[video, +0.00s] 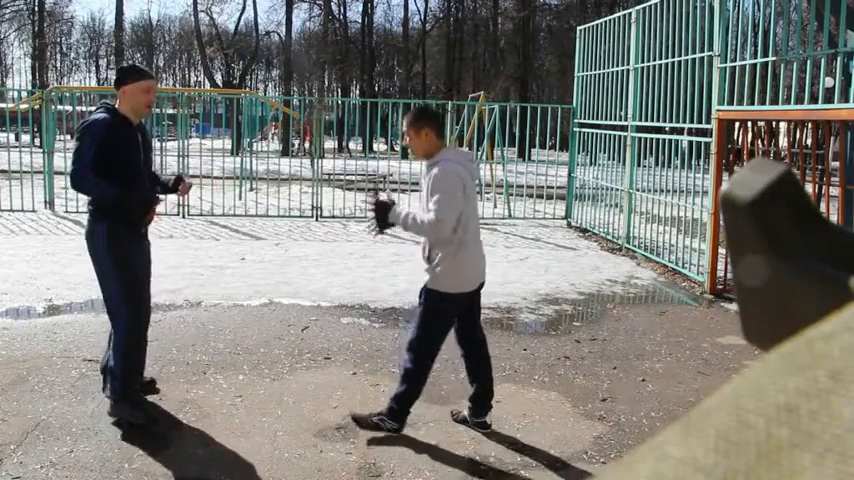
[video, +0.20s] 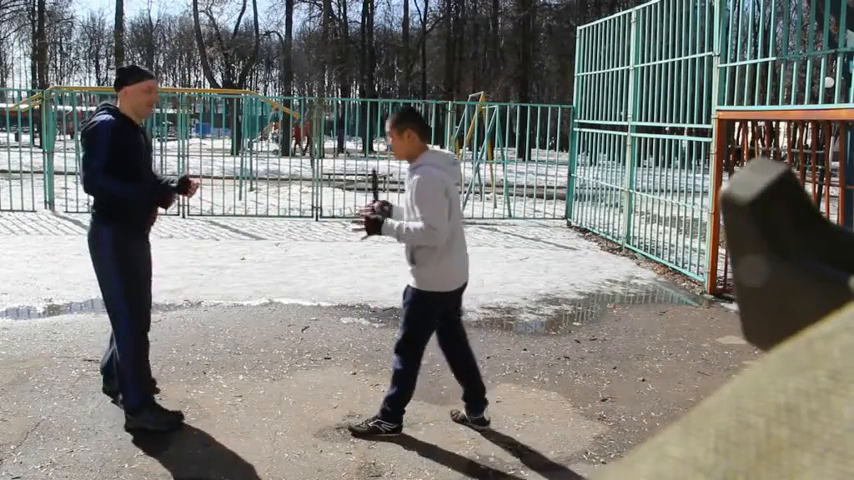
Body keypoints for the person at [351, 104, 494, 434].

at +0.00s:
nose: (406, 143)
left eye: (409, 135)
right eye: (405, 136)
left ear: (427, 134)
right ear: (431, 135)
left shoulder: (444, 173)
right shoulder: (454, 164)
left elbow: (440, 227)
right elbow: (434, 216)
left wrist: (396, 216)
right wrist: (398, 215)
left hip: (448, 279)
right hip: (469, 275)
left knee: (420, 352)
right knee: (473, 344)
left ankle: (393, 417)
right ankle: (479, 412)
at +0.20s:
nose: (389, 145)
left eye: (392, 138)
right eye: (388, 138)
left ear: (410, 136)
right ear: (412, 136)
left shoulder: (425, 176)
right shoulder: (436, 165)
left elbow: (434, 233)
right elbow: (425, 214)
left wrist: (384, 227)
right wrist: (390, 210)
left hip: (431, 281)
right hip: (451, 277)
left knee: (406, 351)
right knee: (454, 342)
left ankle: (390, 419)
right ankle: (476, 408)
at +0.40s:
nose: (373, 145)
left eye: (376, 137)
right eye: (372, 138)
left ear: (395, 135)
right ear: (397, 136)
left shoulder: (412, 175)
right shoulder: (426, 163)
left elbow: (409, 230)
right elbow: (418, 223)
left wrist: (364, 216)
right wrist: (371, 219)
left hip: (422, 276)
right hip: (443, 271)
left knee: (401, 346)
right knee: (430, 328)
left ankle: (389, 418)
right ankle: (463, 388)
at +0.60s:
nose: (375, 144)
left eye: (379, 136)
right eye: (375, 137)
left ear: (398, 135)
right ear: (401, 135)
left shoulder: (412, 173)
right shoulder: (426, 164)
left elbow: (393, 226)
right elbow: (416, 213)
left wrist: (346, 233)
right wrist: (379, 209)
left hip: (420, 275)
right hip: (437, 270)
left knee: (398, 345)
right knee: (428, 329)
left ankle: (389, 419)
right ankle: (449, 389)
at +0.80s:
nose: (385, 143)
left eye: (388, 136)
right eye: (384, 137)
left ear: (407, 135)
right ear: (407, 136)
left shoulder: (422, 172)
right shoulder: (422, 163)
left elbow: (428, 228)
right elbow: (413, 215)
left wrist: (387, 231)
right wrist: (376, 210)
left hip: (427, 274)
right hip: (438, 269)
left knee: (400, 342)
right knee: (437, 332)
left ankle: (392, 415)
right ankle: (452, 393)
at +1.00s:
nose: (392, 138)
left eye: (396, 132)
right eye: (391, 132)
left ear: (416, 131)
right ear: (411, 133)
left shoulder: (441, 166)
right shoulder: (414, 164)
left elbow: (442, 217)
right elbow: (407, 209)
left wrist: (401, 192)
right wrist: (371, 210)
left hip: (431, 269)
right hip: (416, 266)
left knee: (418, 338)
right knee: (426, 331)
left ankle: (444, 400)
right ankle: (445, 389)